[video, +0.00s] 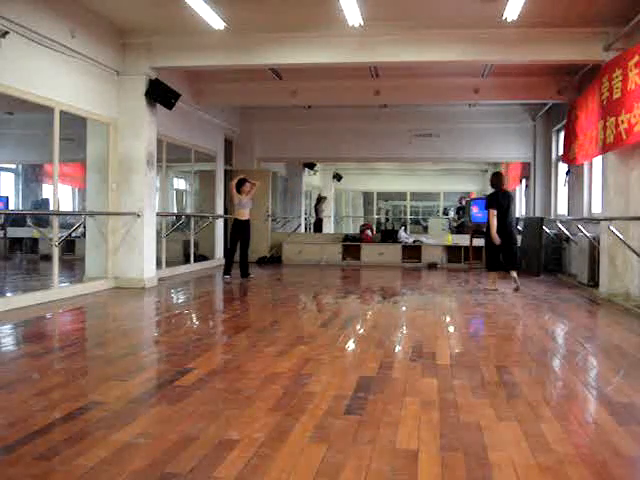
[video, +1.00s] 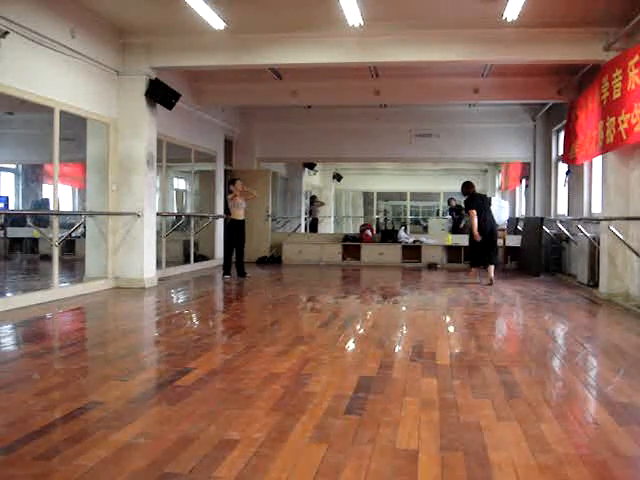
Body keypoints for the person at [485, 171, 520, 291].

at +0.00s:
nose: (491, 183)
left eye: (491, 180)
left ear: (492, 182)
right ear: (503, 181)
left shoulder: (492, 196)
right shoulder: (509, 195)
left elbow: (493, 216)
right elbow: (510, 214)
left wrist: (493, 232)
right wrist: (510, 228)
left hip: (496, 229)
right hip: (508, 230)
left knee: (493, 256)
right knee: (509, 255)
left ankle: (493, 283)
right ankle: (515, 277)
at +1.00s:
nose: (463, 193)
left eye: (463, 191)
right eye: (463, 190)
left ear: (464, 191)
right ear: (474, 188)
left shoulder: (469, 200)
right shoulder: (484, 197)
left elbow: (473, 214)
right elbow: (489, 211)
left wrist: (475, 231)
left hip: (479, 228)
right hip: (491, 227)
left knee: (475, 250)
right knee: (491, 251)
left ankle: (473, 274)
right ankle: (491, 275)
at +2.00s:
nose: (464, 193)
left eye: (463, 191)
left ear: (463, 192)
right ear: (473, 190)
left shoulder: (464, 203)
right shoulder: (481, 200)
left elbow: (464, 218)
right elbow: (489, 212)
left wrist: (461, 231)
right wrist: (488, 224)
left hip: (470, 229)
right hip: (482, 229)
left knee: (471, 250)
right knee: (481, 250)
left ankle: (475, 270)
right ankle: (476, 270)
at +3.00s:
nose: (470, 197)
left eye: (472, 195)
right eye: (469, 196)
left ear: (476, 195)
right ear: (467, 198)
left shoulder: (483, 202)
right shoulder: (467, 209)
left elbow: (497, 204)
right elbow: (465, 224)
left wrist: (506, 206)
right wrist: (458, 231)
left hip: (489, 227)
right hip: (478, 229)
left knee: (488, 248)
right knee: (479, 248)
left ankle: (490, 271)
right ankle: (482, 269)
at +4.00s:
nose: (485, 186)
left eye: (487, 184)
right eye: (485, 184)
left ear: (493, 185)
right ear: (485, 185)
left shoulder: (500, 196)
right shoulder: (481, 195)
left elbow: (508, 208)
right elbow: (472, 206)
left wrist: (501, 213)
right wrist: (470, 211)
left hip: (495, 226)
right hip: (483, 225)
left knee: (496, 249)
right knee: (482, 248)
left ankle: (497, 275)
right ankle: (483, 272)